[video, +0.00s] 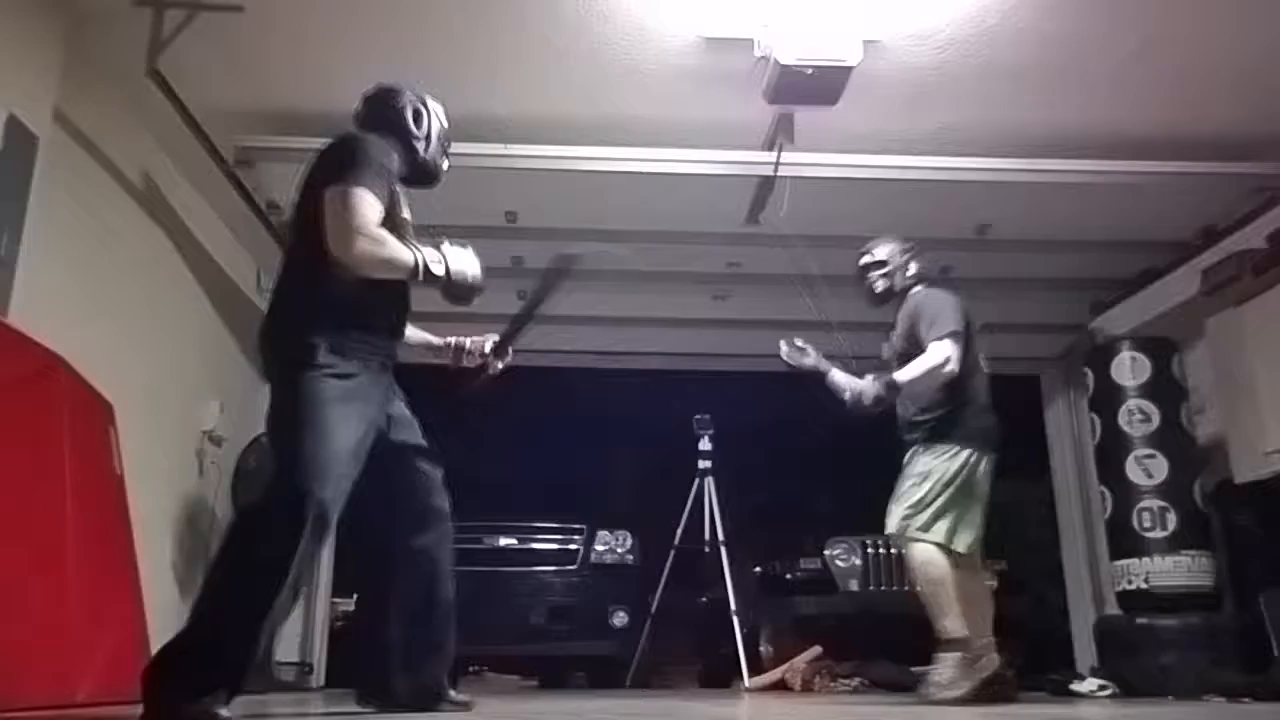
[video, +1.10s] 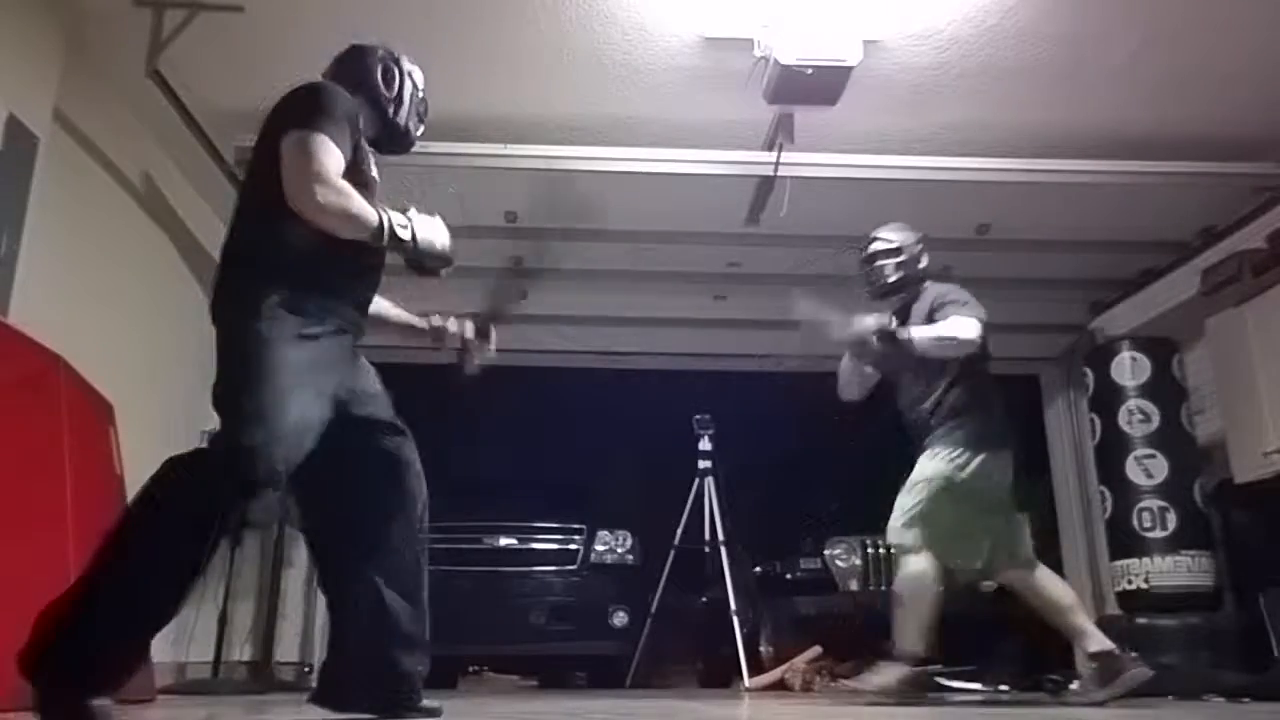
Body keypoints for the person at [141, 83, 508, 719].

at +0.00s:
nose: (439, 151)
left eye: (439, 139)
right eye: (435, 136)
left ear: (389, 125)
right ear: (412, 125)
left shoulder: (382, 191)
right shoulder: (362, 153)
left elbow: (369, 321)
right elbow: (353, 244)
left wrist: (453, 350)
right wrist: (436, 260)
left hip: (370, 371)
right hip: (327, 360)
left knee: (422, 510)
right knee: (303, 503)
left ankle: (412, 685)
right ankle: (184, 688)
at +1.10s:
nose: (407, 120)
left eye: (411, 108)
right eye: (406, 103)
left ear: (370, 90)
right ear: (384, 83)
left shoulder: (355, 166)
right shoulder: (323, 101)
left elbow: (345, 294)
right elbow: (312, 192)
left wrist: (431, 327)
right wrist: (399, 227)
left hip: (336, 342)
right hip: (278, 324)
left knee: (387, 481)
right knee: (252, 462)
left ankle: (372, 681)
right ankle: (68, 665)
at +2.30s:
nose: (425, 44)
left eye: (425, 34)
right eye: (422, 28)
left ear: (352, 16)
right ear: (399, 16)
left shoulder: (313, 74)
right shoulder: (364, 52)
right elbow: (378, 153)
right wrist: (468, 273)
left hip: (303, 280)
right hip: (319, 277)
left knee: (352, 479)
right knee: (290, 480)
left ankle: (364, 684)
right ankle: (82, 682)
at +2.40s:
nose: (419, 35)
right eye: (417, 26)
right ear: (405, 9)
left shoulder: (304, 45)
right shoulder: (377, 10)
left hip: (280, 249)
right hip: (302, 248)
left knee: (331, 447)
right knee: (252, 472)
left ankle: (306, 662)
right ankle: (78, 694)